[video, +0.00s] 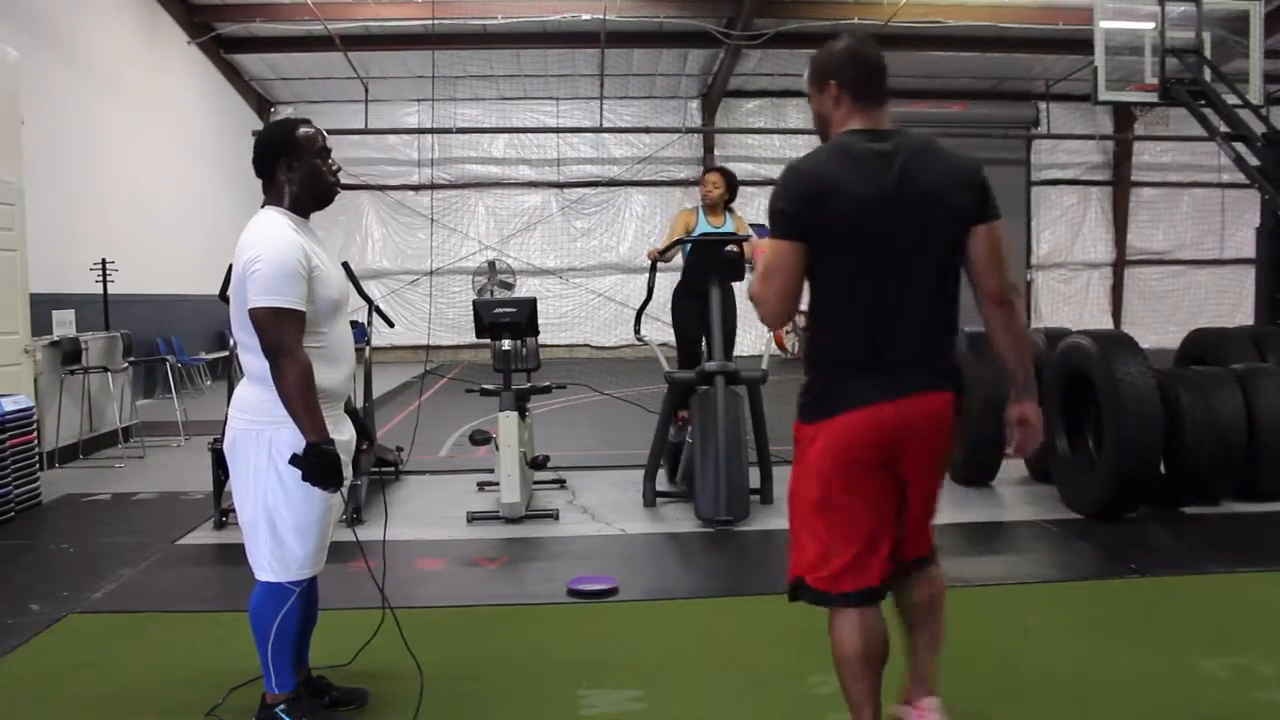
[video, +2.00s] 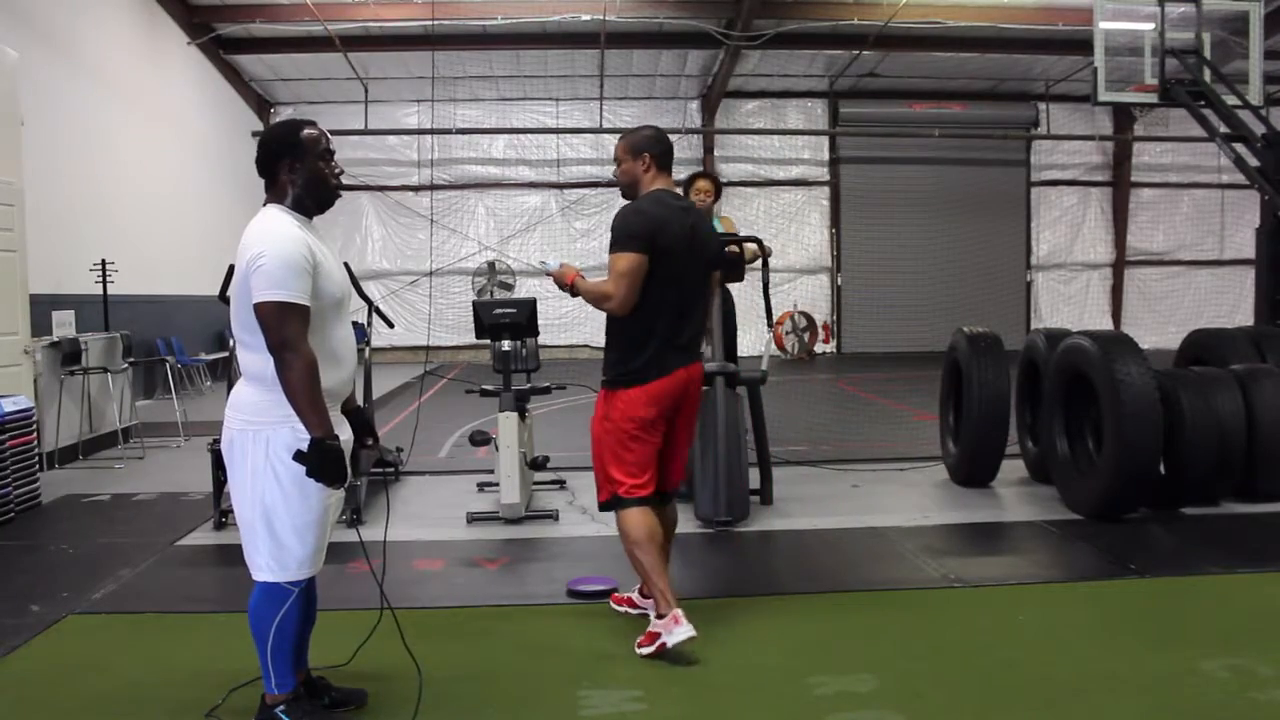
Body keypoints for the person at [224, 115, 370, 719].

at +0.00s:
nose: (336, 165)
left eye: (331, 154)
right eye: (323, 156)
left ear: (292, 171)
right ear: (288, 169)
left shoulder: (296, 238)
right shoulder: (274, 242)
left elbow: (312, 345)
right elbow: (283, 353)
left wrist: (350, 411)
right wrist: (318, 441)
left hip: (301, 429)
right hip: (278, 432)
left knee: (301, 566)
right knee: (284, 572)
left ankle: (297, 680)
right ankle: (281, 698)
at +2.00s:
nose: (338, 168)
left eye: (335, 156)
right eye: (326, 158)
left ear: (295, 171)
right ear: (291, 170)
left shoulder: (298, 237)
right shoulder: (276, 239)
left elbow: (316, 343)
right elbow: (286, 349)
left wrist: (353, 410)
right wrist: (323, 437)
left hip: (299, 429)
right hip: (275, 432)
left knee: (299, 566)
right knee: (282, 571)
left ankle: (296, 680)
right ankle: (280, 697)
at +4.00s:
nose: (382, 208)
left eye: (383, 195)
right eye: (375, 194)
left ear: (337, 194)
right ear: (336, 191)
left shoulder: (325, 250)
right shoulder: (298, 245)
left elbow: (361, 304)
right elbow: (299, 327)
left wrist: (431, 282)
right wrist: (378, 319)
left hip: (310, 429)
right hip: (275, 433)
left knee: (344, 560)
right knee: (336, 567)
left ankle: (304, 679)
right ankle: (284, 695)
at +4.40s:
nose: (377, 128)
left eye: (377, 116)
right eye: (369, 114)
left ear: (329, 116)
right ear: (328, 113)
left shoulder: (321, 178)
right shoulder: (294, 178)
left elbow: (305, 272)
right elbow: (272, 271)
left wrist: (340, 333)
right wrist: (261, 356)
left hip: (319, 362)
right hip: (291, 366)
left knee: (330, 496)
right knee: (331, 498)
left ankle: (285, 621)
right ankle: (276, 627)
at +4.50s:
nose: (375, 142)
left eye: (376, 129)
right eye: (366, 128)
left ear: (332, 129)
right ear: (328, 127)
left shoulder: (328, 191)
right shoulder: (294, 186)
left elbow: (302, 283)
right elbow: (261, 272)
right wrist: (232, 340)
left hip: (322, 382)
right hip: (293, 384)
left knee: (318, 515)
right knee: (315, 517)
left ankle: (296, 653)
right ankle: (291, 663)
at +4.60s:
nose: (374, 182)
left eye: (372, 170)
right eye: (363, 169)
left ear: (329, 176)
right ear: (327, 173)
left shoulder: (329, 234)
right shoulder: (293, 230)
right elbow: (260, 295)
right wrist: (234, 318)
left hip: (322, 418)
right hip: (288, 419)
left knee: (328, 558)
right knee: (313, 566)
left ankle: (287, 682)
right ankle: (271, 696)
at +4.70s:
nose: (375, 197)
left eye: (374, 185)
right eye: (366, 184)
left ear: (326, 187)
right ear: (326, 184)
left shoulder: (319, 244)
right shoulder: (292, 243)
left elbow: (316, 294)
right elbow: (250, 322)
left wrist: (357, 269)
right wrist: (254, 312)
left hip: (309, 427)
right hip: (282, 430)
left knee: (325, 565)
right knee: (322, 570)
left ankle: (288, 683)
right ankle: (272, 693)